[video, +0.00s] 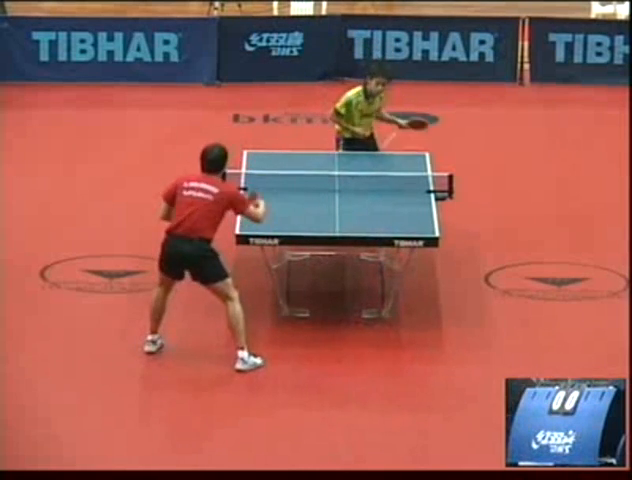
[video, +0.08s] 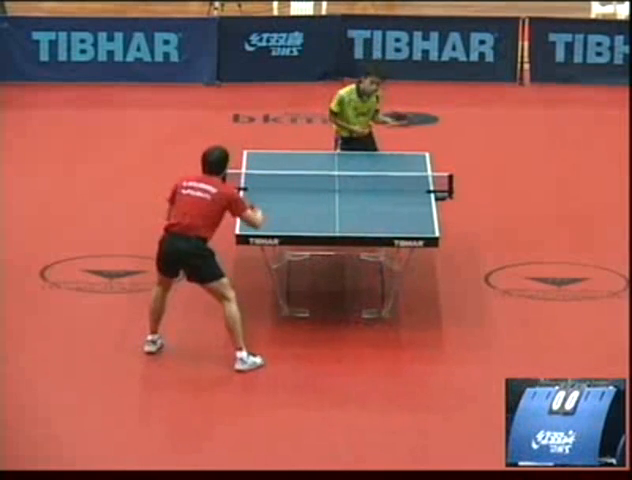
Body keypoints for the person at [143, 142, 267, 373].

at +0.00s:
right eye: (224, 163)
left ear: (201, 163)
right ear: (224, 167)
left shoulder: (183, 182)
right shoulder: (227, 192)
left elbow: (165, 215)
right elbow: (257, 216)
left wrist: (188, 213)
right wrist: (259, 203)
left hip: (173, 244)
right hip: (200, 248)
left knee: (163, 287)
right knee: (231, 298)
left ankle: (152, 337)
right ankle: (243, 354)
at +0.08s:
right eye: (225, 166)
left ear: (203, 166)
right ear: (225, 169)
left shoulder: (184, 183)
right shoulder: (227, 192)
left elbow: (170, 211)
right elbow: (254, 221)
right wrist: (256, 214)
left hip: (169, 241)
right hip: (196, 246)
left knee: (162, 286)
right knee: (227, 298)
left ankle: (152, 337)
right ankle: (241, 354)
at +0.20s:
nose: (226, 178)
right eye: (228, 175)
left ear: (205, 173)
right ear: (227, 177)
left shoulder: (187, 188)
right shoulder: (228, 200)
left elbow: (175, 210)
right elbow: (253, 236)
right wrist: (241, 237)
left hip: (168, 244)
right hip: (194, 250)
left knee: (162, 287)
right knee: (231, 298)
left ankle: (151, 337)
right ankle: (242, 355)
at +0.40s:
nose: (236, 187)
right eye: (237, 183)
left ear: (214, 179)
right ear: (236, 185)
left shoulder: (196, 192)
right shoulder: (238, 206)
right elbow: (268, 230)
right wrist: (257, 236)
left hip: (176, 249)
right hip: (203, 255)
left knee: (163, 288)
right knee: (243, 297)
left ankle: (151, 338)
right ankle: (246, 355)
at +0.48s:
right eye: (241, 177)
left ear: (220, 175)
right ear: (242, 179)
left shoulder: (201, 187)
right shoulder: (244, 202)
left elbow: (194, 204)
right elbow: (272, 219)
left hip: (180, 245)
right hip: (207, 252)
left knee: (164, 289)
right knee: (243, 297)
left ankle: (151, 338)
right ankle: (246, 355)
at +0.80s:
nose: (240, 167)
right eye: (240, 164)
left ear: (216, 164)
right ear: (238, 168)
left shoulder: (196, 181)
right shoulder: (238, 194)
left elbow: (181, 210)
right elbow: (269, 221)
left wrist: (203, 207)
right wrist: (275, 214)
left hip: (180, 241)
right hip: (206, 247)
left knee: (167, 287)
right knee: (238, 296)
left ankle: (152, 337)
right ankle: (245, 355)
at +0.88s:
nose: (240, 172)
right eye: (239, 169)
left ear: (216, 169)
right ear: (238, 172)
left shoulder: (198, 185)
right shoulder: (238, 197)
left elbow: (184, 203)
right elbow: (267, 229)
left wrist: (193, 221)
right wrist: (258, 229)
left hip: (178, 243)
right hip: (204, 248)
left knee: (166, 287)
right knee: (239, 296)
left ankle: (152, 337)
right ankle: (245, 355)